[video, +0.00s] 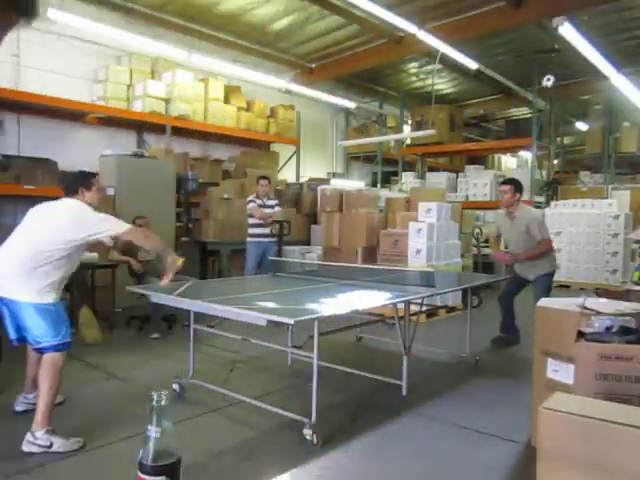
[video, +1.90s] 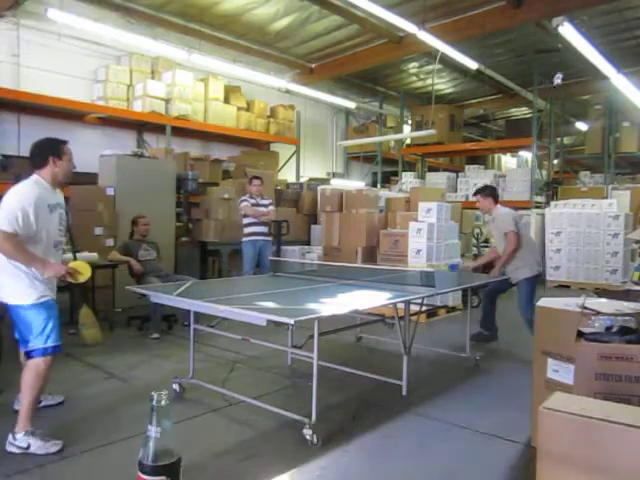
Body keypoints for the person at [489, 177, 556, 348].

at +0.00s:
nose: (500, 197)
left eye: (504, 193)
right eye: (500, 193)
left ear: (516, 196)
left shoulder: (533, 217)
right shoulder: (503, 218)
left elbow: (547, 244)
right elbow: (495, 239)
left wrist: (517, 257)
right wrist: (497, 252)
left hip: (542, 268)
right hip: (521, 268)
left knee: (541, 307)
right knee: (504, 296)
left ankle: (545, 344)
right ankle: (509, 333)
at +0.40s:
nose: (519, 210)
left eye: (523, 205)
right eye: (516, 205)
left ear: (532, 207)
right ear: (512, 208)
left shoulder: (546, 229)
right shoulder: (508, 226)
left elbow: (558, 259)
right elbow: (495, 248)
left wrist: (542, 269)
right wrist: (509, 264)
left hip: (539, 279)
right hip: (517, 278)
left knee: (536, 309)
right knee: (496, 307)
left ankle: (542, 344)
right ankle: (509, 335)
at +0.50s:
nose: (525, 212)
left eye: (529, 207)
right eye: (523, 207)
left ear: (539, 209)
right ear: (520, 209)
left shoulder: (552, 233)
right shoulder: (514, 226)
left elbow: (564, 261)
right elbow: (493, 247)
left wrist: (553, 270)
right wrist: (509, 257)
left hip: (541, 278)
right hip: (519, 278)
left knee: (539, 312)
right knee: (497, 311)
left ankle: (543, 347)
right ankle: (510, 336)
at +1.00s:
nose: (514, 198)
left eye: (518, 194)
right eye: (512, 194)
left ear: (528, 197)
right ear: (511, 197)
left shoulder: (543, 220)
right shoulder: (509, 219)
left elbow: (559, 249)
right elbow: (500, 240)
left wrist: (534, 263)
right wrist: (504, 255)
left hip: (542, 270)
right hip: (521, 268)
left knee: (540, 307)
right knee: (501, 296)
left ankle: (545, 346)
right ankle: (489, 331)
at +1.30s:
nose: (495, 195)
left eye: (499, 191)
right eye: (493, 190)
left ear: (510, 194)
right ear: (492, 193)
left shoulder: (524, 213)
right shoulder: (491, 214)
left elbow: (539, 241)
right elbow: (483, 235)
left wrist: (518, 250)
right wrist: (491, 248)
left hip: (530, 265)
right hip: (507, 265)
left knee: (536, 305)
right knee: (490, 294)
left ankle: (544, 342)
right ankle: (488, 331)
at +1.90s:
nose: (478, 205)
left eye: (479, 200)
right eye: (477, 201)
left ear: (489, 199)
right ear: (489, 200)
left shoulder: (504, 214)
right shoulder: (493, 220)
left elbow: (513, 243)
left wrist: (497, 267)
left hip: (528, 268)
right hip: (513, 269)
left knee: (526, 309)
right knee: (489, 292)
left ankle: (545, 343)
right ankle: (487, 330)